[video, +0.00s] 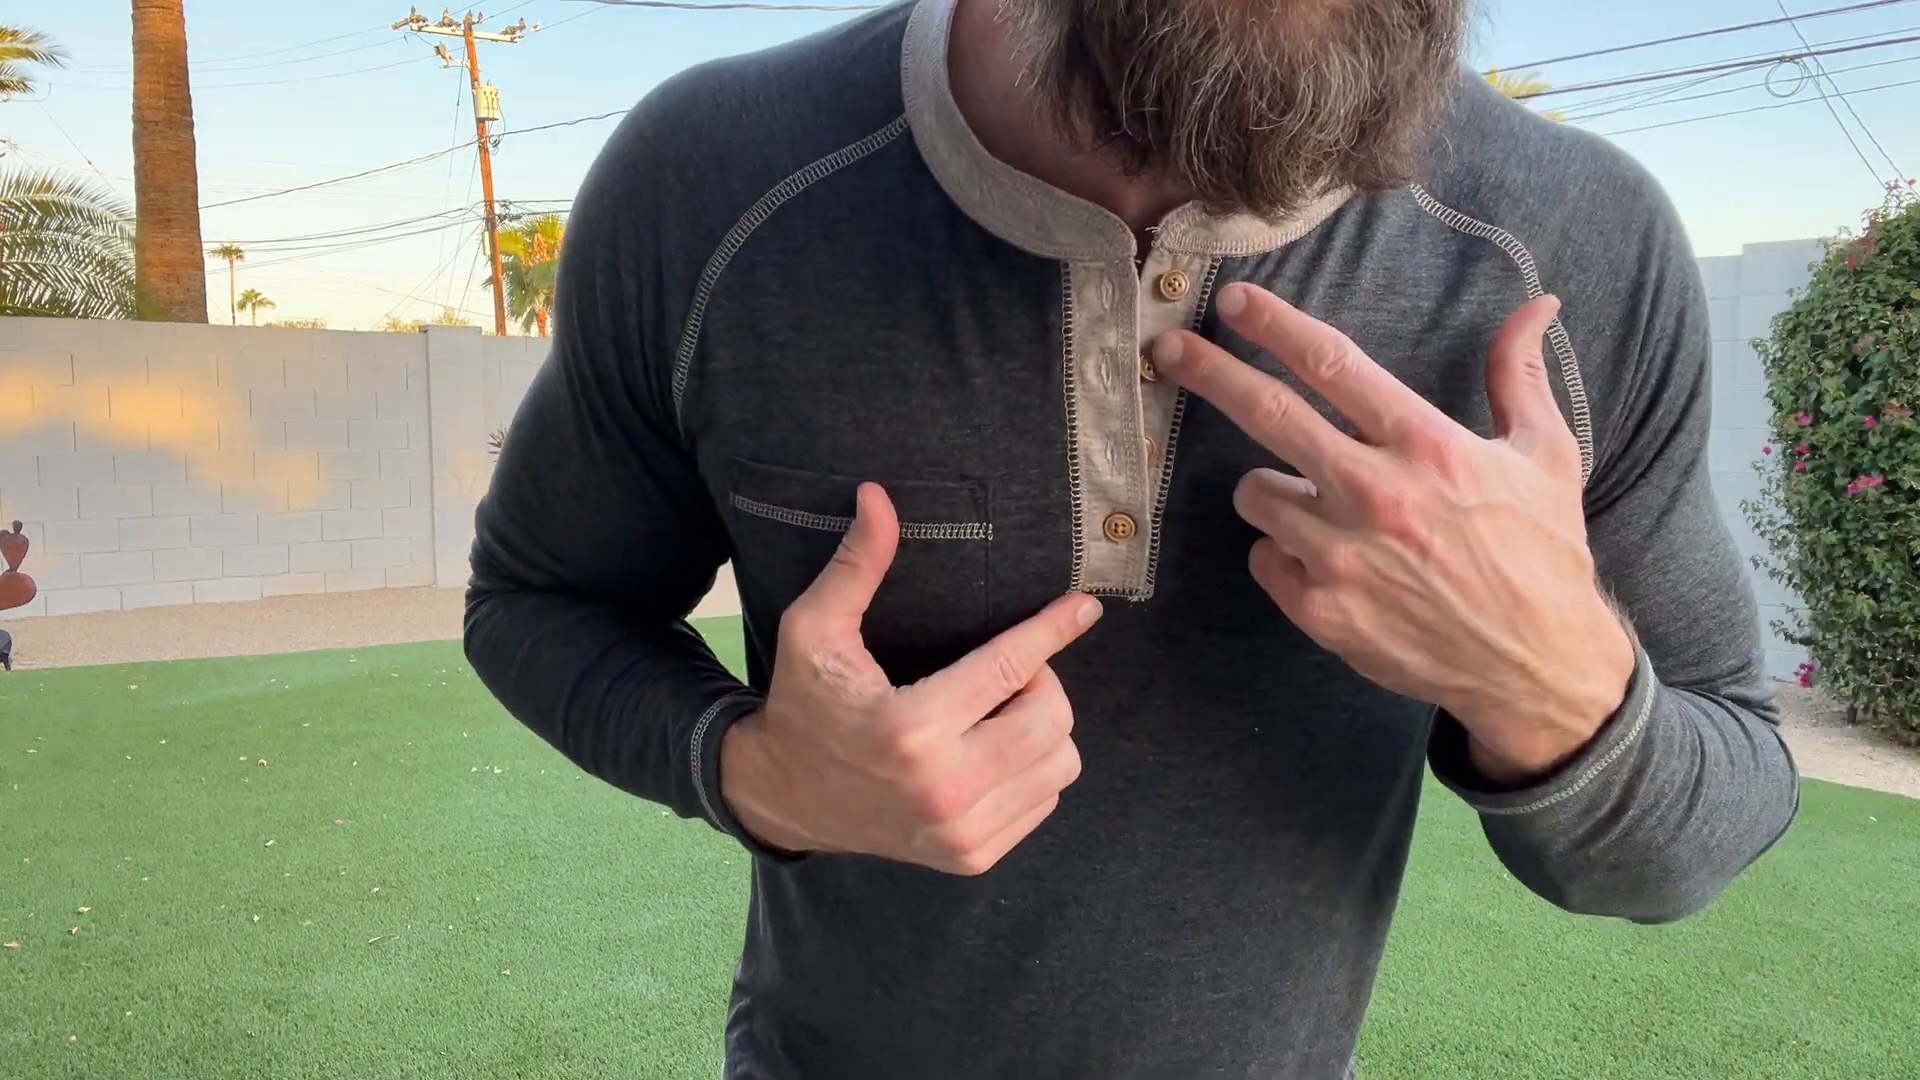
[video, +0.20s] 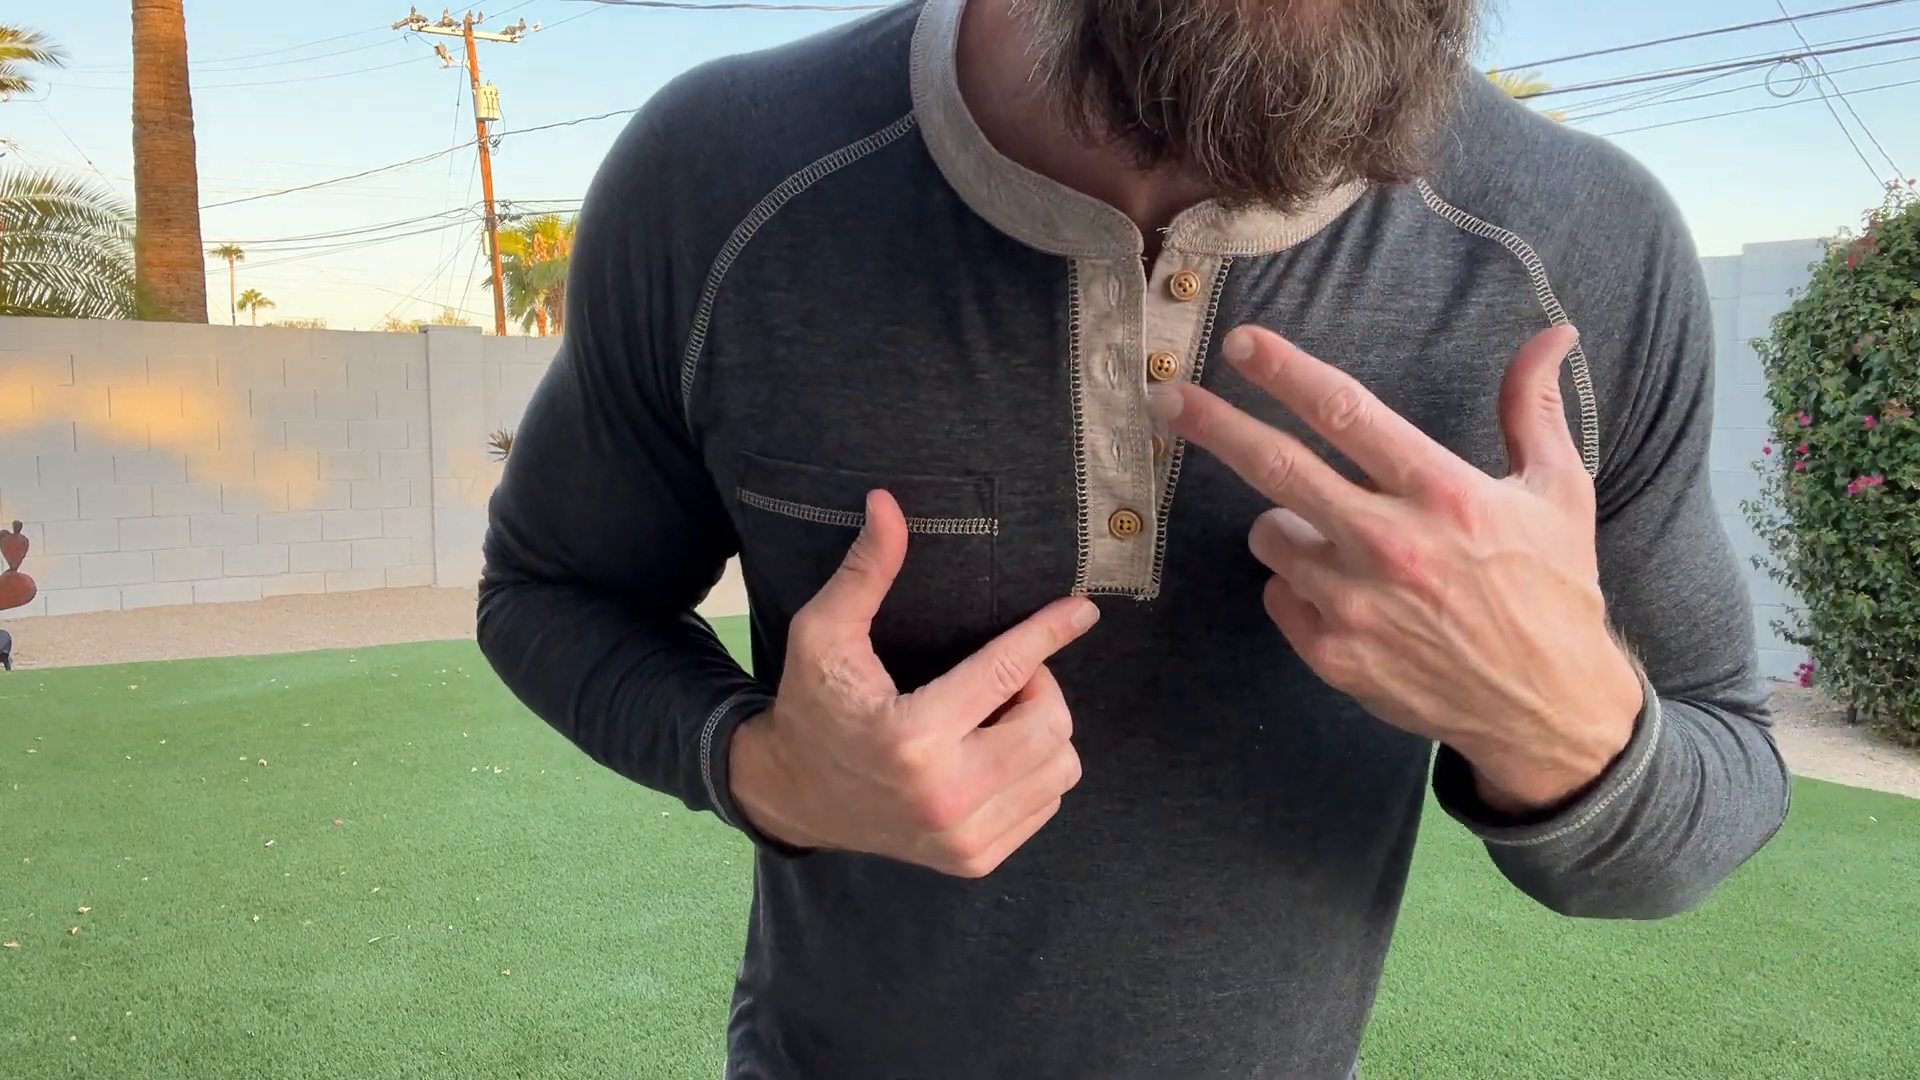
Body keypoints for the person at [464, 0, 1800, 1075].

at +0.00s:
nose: (1165, 248)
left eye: (1260, 197)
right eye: (1113, 180)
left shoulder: (1572, 247)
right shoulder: (705, 179)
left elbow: (1699, 830)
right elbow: (541, 594)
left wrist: (1550, 692)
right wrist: (744, 773)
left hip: (1261, 1044)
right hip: (832, 1039)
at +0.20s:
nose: (1154, 240)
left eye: (1243, 198)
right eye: (1100, 160)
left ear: (1384, 94)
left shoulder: (1581, 251)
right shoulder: (715, 175)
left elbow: (1703, 813)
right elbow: (555, 584)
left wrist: (1562, 735)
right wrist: (748, 768)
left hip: (1270, 1040)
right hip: (836, 1035)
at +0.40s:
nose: (1153, 242)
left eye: (1245, 199)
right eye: (1089, 162)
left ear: (1394, 96)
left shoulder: (1597, 255)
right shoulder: (727, 167)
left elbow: (1721, 768)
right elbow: (566, 571)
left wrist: (1573, 767)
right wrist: (748, 761)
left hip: (1276, 1038)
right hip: (835, 1033)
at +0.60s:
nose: (1164, 221)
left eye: (1253, 193)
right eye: (1108, 151)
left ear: (1410, 74)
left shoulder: (1610, 255)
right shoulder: (738, 157)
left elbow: (1722, 734)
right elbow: (575, 559)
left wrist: (1573, 794)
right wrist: (748, 751)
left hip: (1276, 1048)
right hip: (835, 1042)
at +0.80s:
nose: (1178, 224)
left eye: (1271, 190)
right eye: (1128, 148)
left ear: (1417, 71)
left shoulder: (1621, 256)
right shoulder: (751, 153)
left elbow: (1719, 736)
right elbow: (583, 560)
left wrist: (1550, 798)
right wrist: (757, 746)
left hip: (1277, 1047)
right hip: (834, 1039)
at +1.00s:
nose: (1186, 15)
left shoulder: (1596, 226)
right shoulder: (771, 125)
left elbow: (1719, 724)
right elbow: (582, 573)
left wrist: (1540, 730)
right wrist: (799, 664)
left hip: (1275, 1049)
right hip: (835, 1039)